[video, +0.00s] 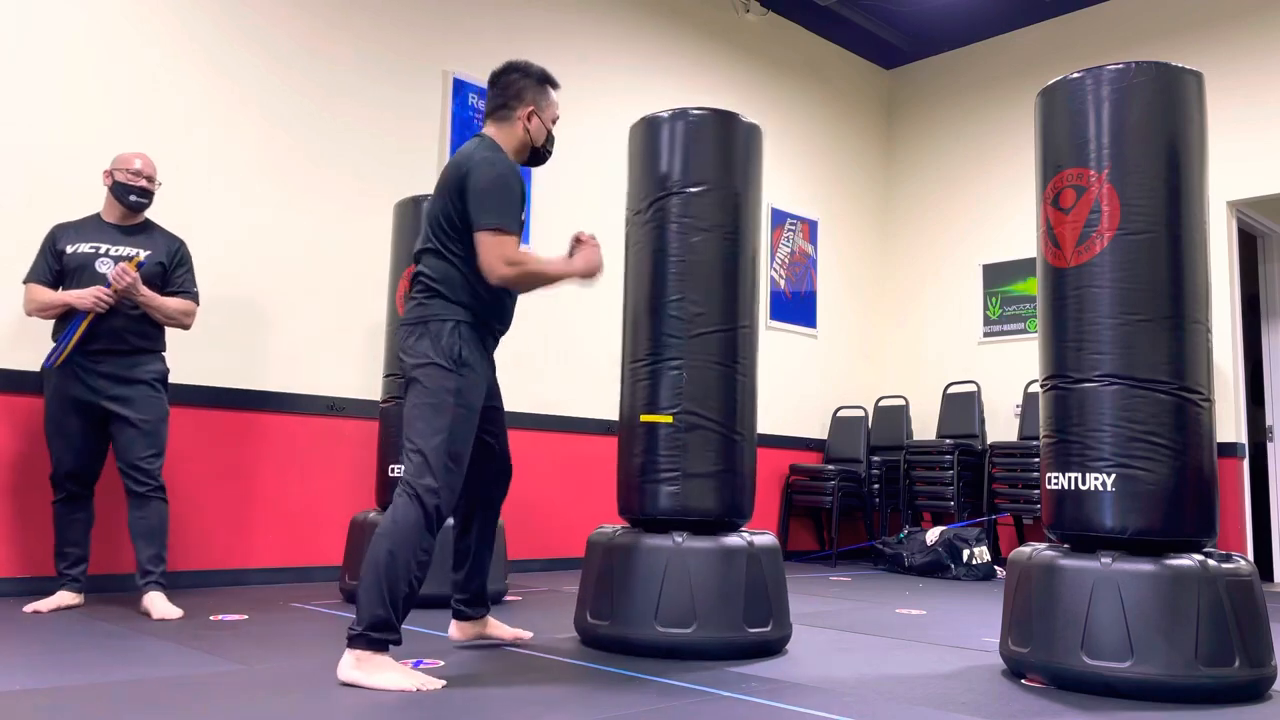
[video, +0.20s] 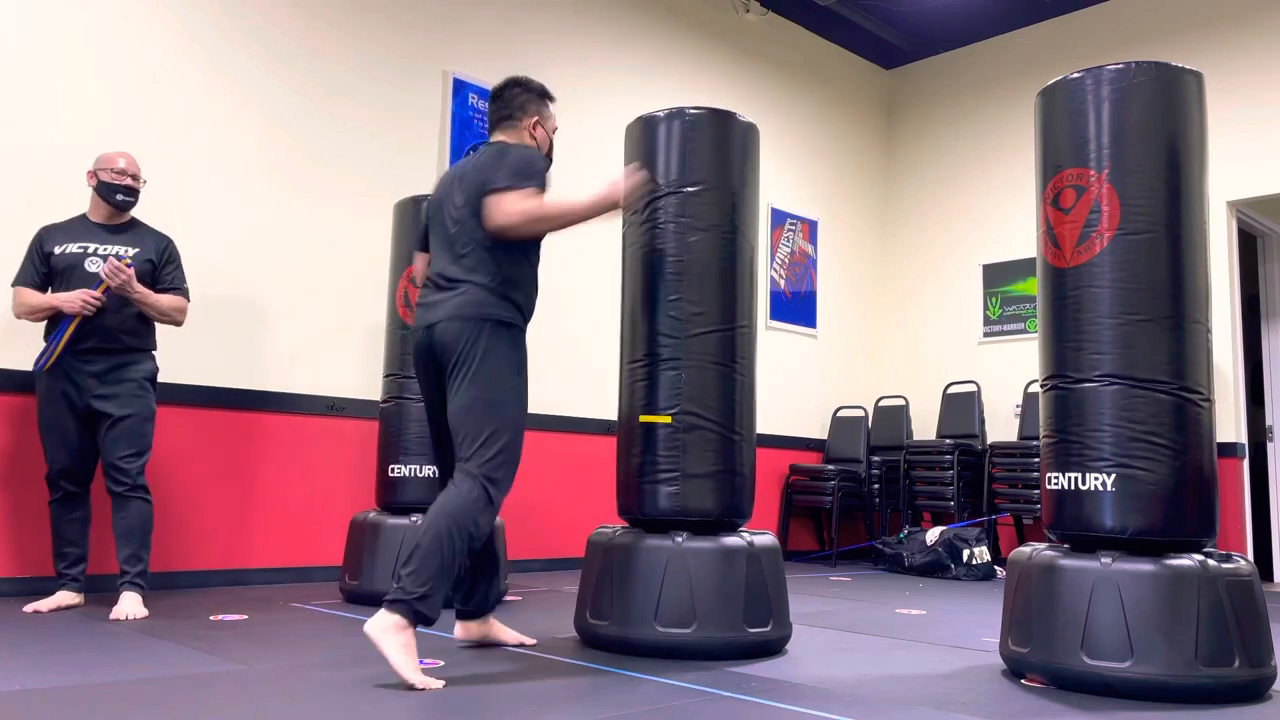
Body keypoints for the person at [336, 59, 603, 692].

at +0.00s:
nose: (554, 133)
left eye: (555, 121)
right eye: (552, 119)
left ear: (509, 113)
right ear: (528, 114)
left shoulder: (484, 164)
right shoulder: (489, 165)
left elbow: (496, 266)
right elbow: (499, 266)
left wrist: (557, 266)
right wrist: (571, 266)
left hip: (463, 339)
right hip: (445, 335)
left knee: (487, 474)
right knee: (426, 484)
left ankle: (470, 616)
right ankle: (367, 649)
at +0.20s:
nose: (553, 141)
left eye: (554, 133)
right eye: (553, 132)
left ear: (493, 125)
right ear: (536, 125)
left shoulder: (449, 179)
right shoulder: (519, 156)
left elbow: (421, 272)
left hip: (432, 327)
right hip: (482, 326)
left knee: (467, 477)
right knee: (485, 474)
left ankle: (476, 614)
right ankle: (397, 616)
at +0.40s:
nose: (543, 155)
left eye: (540, 148)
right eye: (542, 147)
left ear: (484, 142)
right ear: (530, 141)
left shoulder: (435, 186)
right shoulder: (535, 168)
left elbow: (427, 264)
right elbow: (634, 209)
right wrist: (628, 224)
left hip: (430, 330)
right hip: (492, 324)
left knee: (457, 467)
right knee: (494, 468)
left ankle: (455, 614)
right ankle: (433, 617)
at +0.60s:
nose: (545, 146)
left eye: (544, 136)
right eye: (545, 135)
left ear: (487, 129)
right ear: (530, 130)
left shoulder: (441, 183)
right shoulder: (535, 169)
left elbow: (441, 263)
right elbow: (557, 263)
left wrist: (530, 224)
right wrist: (572, 228)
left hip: (438, 328)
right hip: (493, 328)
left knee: (463, 471)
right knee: (486, 473)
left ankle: (452, 623)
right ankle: (416, 629)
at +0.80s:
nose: (544, 128)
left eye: (542, 118)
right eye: (542, 117)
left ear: (484, 118)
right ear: (526, 115)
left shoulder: (446, 179)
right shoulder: (519, 162)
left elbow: (441, 269)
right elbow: (563, 253)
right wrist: (580, 226)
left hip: (449, 331)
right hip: (486, 334)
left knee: (506, 471)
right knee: (446, 486)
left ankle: (449, 608)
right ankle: (398, 650)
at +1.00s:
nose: (549, 129)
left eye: (547, 119)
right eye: (546, 118)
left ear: (507, 117)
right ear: (527, 114)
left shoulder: (514, 182)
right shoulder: (488, 161)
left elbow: (563, 249)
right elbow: (501, 233)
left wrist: (630, 234)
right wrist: (563, 227)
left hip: (495, 345)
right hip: (481, 344)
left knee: (490, 484)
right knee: (487, 485)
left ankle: (444, 617)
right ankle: (409, 636)